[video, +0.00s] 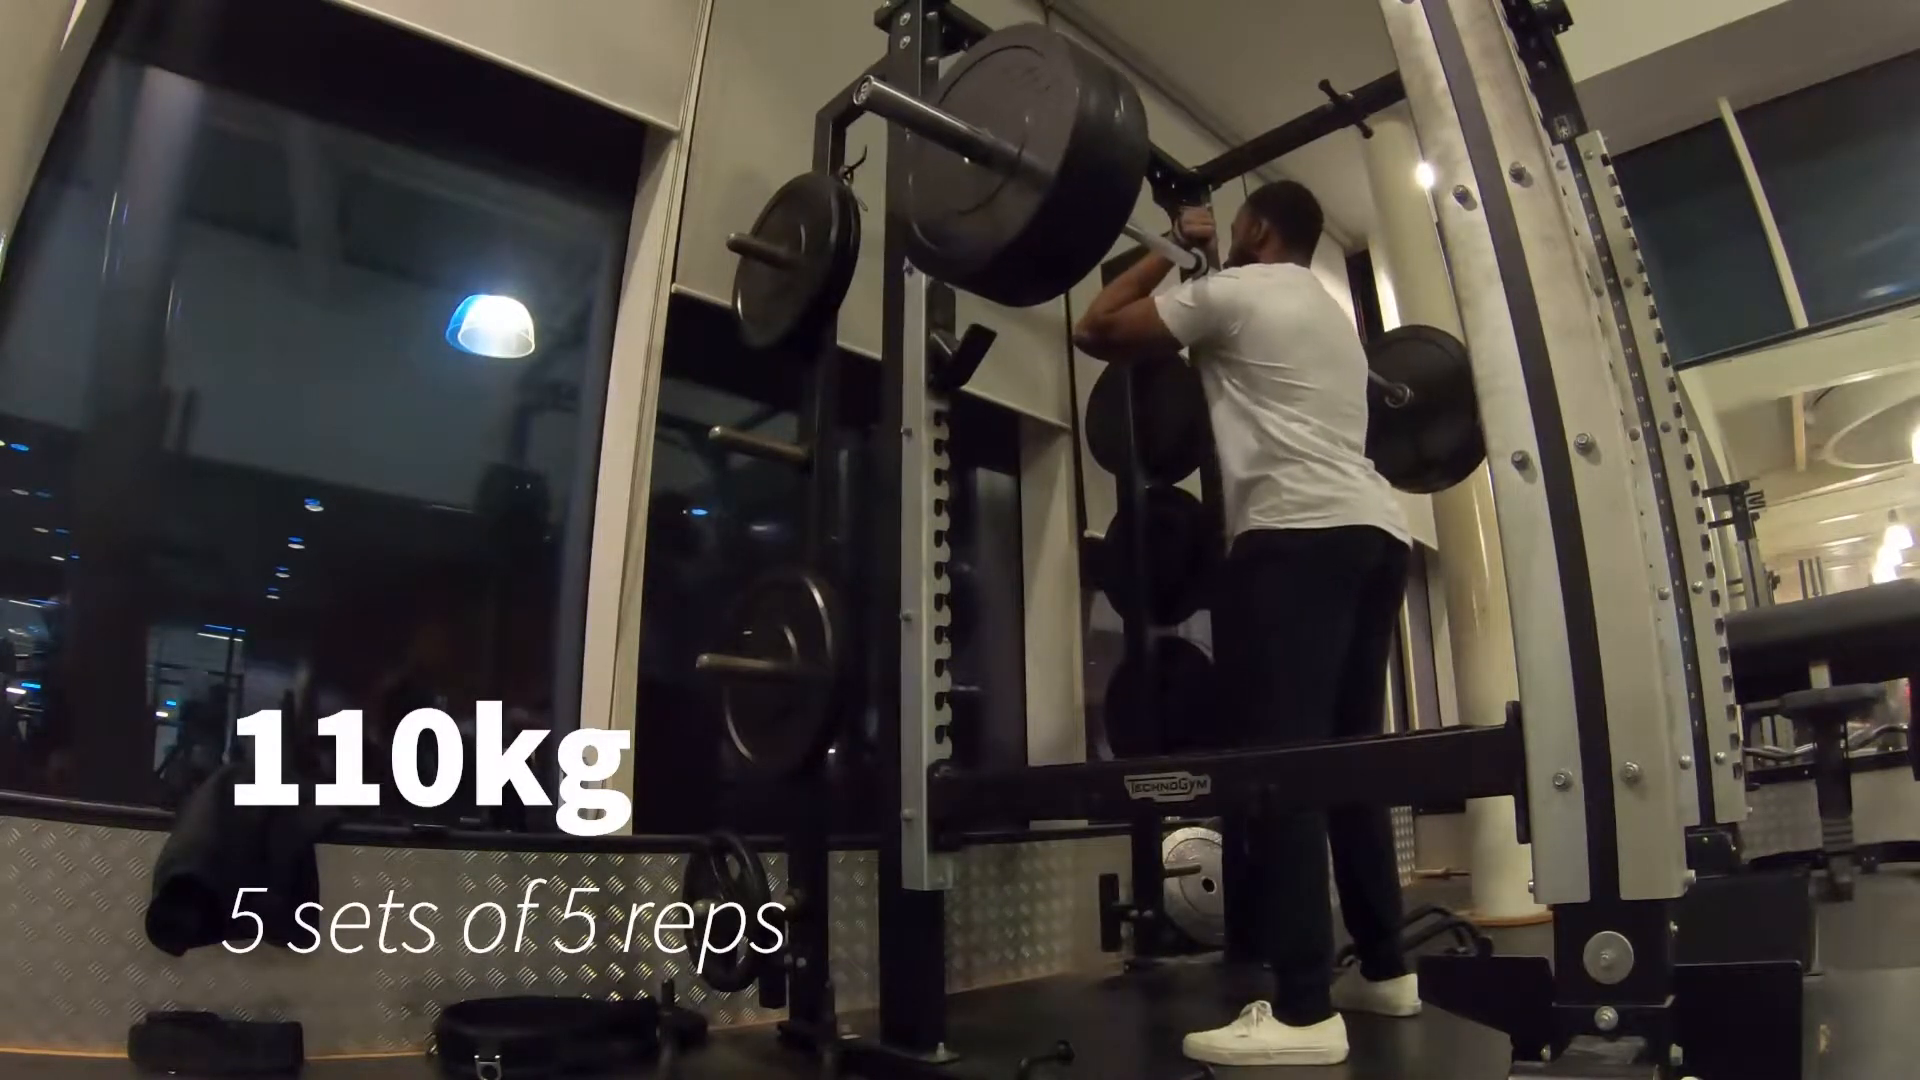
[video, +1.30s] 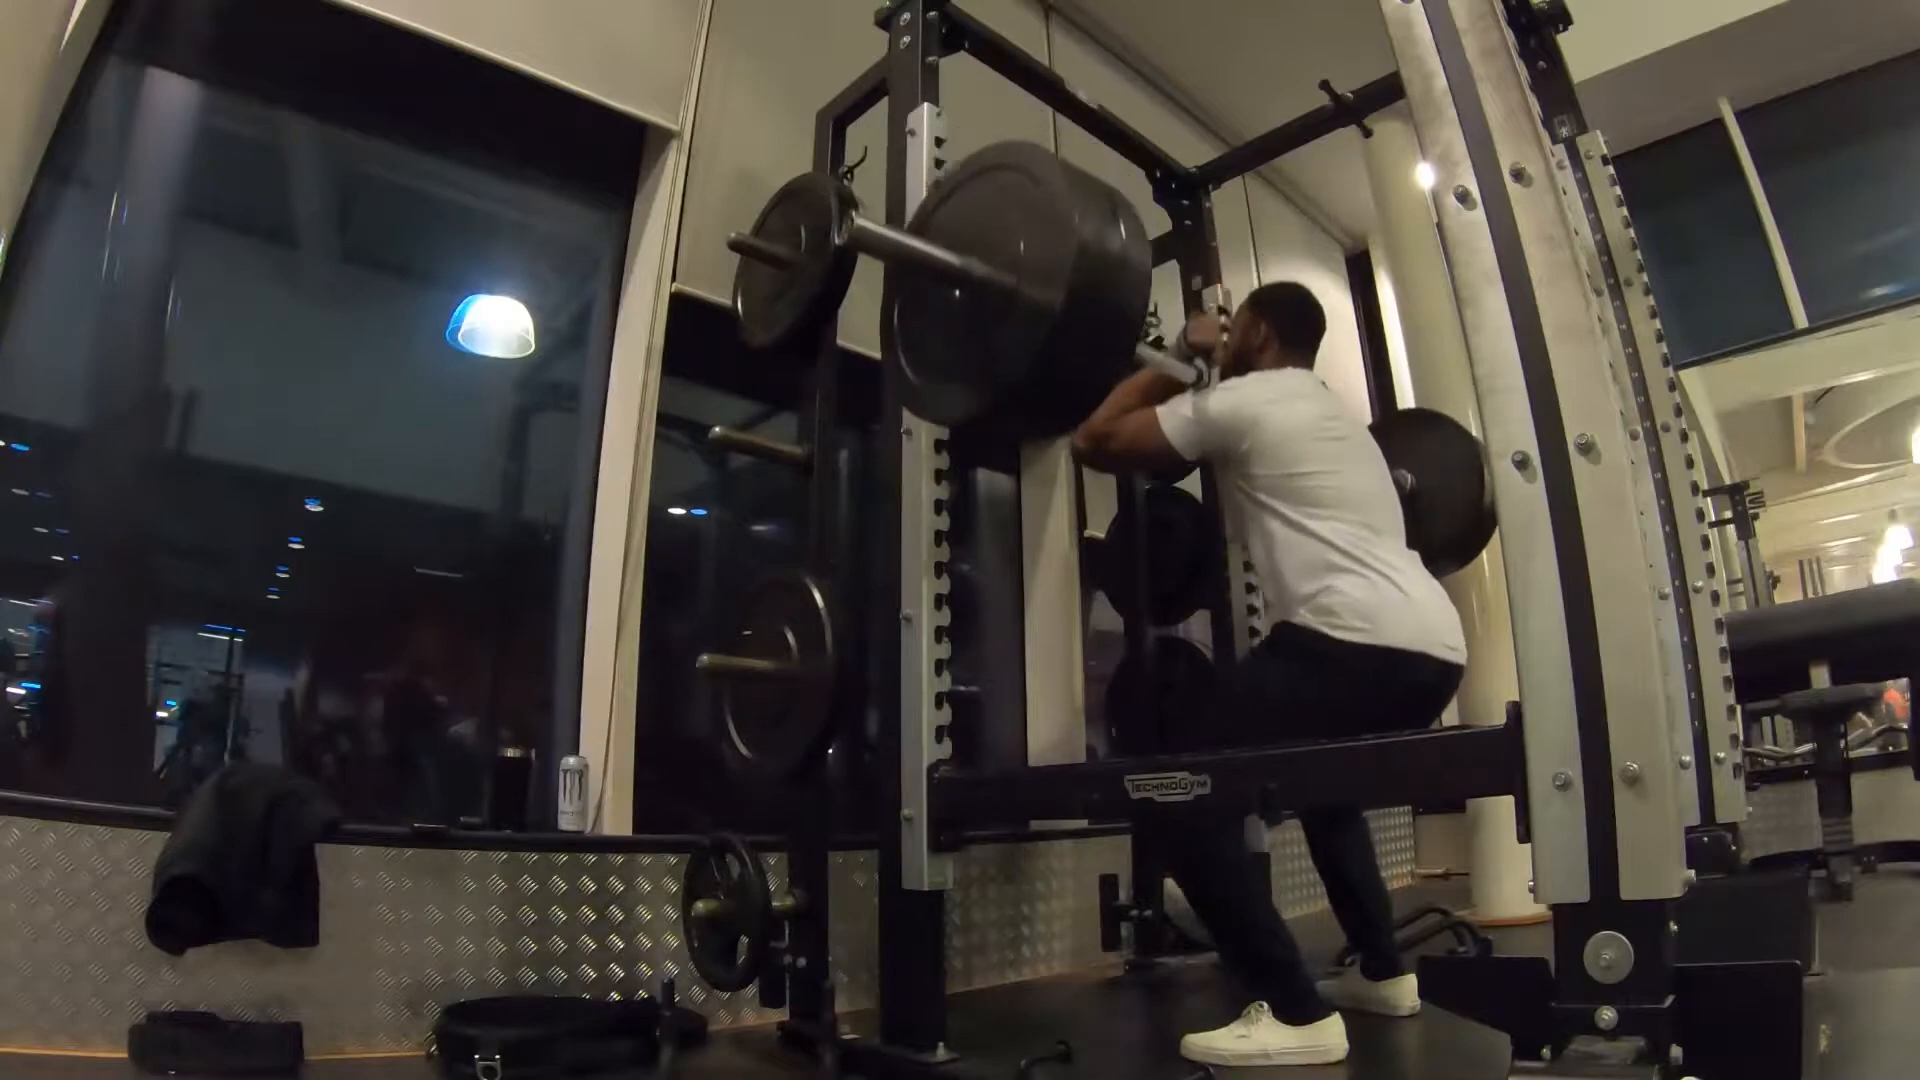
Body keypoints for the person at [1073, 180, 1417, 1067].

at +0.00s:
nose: (1236, 240)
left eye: (1242, 229)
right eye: (1241, 231)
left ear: (1259, 230)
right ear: (1310, 242)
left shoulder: (1239, 295)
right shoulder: (1333, 312)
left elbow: (1097, 324)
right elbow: (1242, 344)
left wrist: (1166, 252)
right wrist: (1202, 264)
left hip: (1290, 541)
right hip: (1373, 540)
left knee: (1278, 770)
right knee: (1350, 762)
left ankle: (1301, 1010)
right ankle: (1386, 970)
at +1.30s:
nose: (1224, 338)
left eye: (1235, 325)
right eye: (1231, 325)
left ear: (1259, 336)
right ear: (1303, 347)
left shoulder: (1240, 404)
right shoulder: (1336, 408)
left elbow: (1099, 437)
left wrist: (1179, 362)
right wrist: (1219, 366)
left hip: (1341, 649)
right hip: (1431, 662)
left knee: (1177, 781)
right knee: (1314, 775)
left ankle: (1293, 1013)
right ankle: (1384, 971)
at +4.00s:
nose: (1213, 249)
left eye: (1217, 238)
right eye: (1216, 240)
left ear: (1237, 238)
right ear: (1286, 247)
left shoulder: (1220, 304)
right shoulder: (1314, 312)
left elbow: (1082, 338)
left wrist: (1152, 268)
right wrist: (1198, 267)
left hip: (1281, 547)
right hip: (1363, 547)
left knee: (1274, 771)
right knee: (1345, 764)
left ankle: (1299, 1008)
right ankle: (1384, 969)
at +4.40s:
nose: (1212, 282)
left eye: (1220, 272)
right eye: (1216, 273)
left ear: (1246, 273)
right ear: (1294, 281)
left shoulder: (1234, 332)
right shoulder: (1328, 342)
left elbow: (1090, 366)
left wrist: (1155, 298)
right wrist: (1199, 296)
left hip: (1327, 566)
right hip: (1418, 572)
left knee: (1232, 776)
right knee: (1343, 768)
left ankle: (1294, 1011)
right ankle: (1386, 971)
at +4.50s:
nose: (1214, 307)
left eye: (1223, 295)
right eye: (1219, 295)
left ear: (1249, 296)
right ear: (1296, 305)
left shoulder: (1240, 360)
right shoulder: (1332, 371)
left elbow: (1093, 392)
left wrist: (1157, 330)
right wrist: (1202, 338)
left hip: (1334, 597)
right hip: (1426, 604)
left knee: (1201, 779)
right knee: (1331, 771)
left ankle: (1293, 1011)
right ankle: (1384, 970)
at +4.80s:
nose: (1215, 388)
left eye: (1224, 375)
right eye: (1217, 375)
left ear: (1251, 383)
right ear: (1297, 390)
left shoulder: (1248, 450)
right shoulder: (1336, 448)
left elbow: (1102, 495)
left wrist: (1166, 420)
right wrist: (1217, 411)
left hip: (1368, 672)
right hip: (1459, 683)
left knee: (1182, 789)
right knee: (1321, 778)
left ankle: (1294, 1013)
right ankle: (1383, 971)